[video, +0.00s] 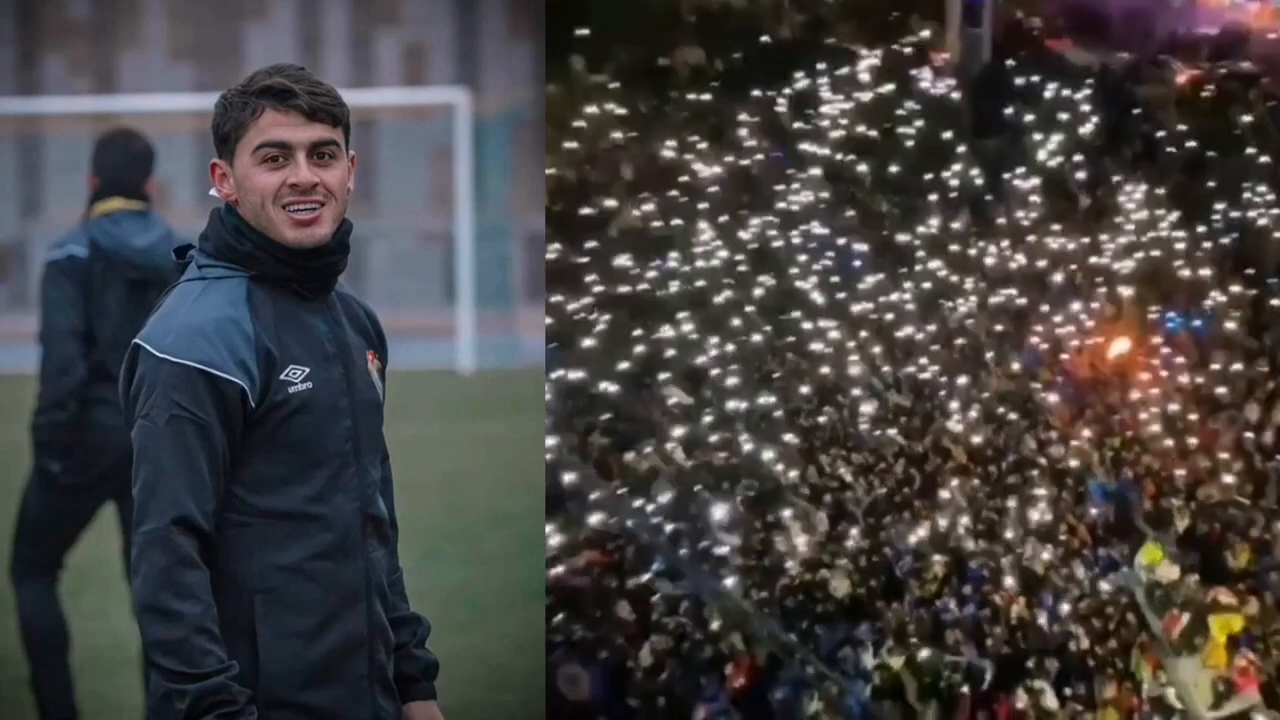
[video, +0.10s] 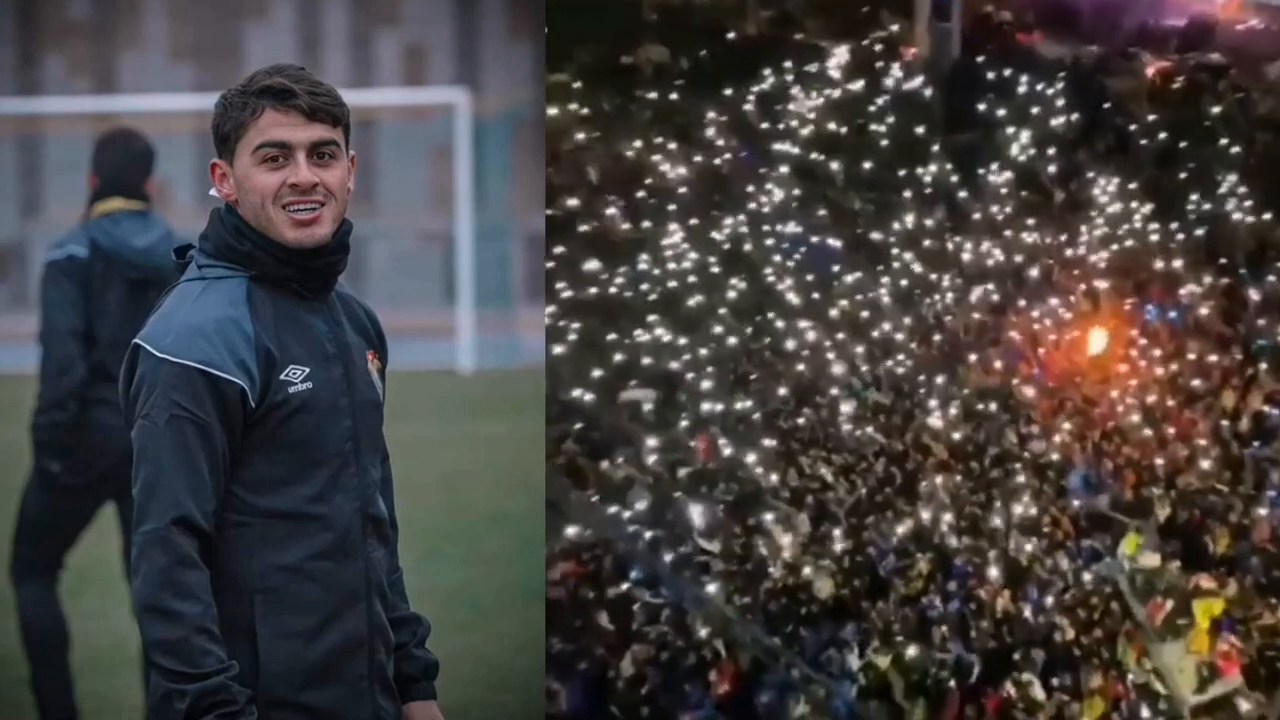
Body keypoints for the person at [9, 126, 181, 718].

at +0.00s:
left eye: (92, 174)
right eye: (150, 178)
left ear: (94, 180)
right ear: (152, 185)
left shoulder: (73, 254)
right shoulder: (178, 255)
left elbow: (65, 363)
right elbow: (190, 352)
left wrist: (51, 441)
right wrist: (175, 428)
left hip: (87, 449)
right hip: (158, 447)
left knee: (33, 569)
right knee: (157, 580)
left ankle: (56, 707)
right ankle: (167, 704)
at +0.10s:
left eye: (92, 173)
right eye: (150, 178)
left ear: (94, 179)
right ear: (152, 185)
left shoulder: (73, 254)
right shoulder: (178, 255)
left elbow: (65, 363)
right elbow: (191, 352)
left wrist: (51, 442)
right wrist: (175, 429)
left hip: (87, 449)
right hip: (158, 448)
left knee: (34, 570)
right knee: (157, 580)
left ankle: (57, 707)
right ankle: (167, 704)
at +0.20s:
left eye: (92, 173)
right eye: (150, 178)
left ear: (94, 179)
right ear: (152, 185)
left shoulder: (73, 254)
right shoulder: (178, 255)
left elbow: (65, 363)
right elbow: (191, 352)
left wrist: (51, 442)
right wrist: (175, 429)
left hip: (87, 449)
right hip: (158, 448)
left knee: (34, 570)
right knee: (157, 580)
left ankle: (57, 707)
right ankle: (167, 704)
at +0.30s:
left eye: (92, 173)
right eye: (150, 178)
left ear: (94, 179)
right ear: (152, 185)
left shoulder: (73, 254)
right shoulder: (178, 255)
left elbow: (65, 363)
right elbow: (191, 352)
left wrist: (51, 442)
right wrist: (175, 429)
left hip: (87, 449)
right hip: (158, 448)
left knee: (34, 570)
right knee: (157, 580)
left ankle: (57, 707)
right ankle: (167, 704)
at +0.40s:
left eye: (92, 173)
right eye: (150, 178)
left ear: (94, 180)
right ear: (152, 185)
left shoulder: (73, 254)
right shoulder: (178, 255)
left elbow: (65, 363)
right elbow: (191, 352)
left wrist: (51, 442)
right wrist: (175, 429)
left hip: (87, 449)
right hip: (158, 448)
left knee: (34, 570)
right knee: (157, 580)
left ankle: (57, 707)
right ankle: (167, 704)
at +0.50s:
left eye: (92, 173)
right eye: (150, 178)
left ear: (94, 180)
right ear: (152, 185)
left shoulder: (73, 254)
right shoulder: (178, 255)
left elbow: (65, 363)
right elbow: (191, 352)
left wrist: (51, 442)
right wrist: (175, 429)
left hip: (87, 449)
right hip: (158, 448)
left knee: (34, 570)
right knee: (157, 580)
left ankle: (57, 707)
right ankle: (167, 704)